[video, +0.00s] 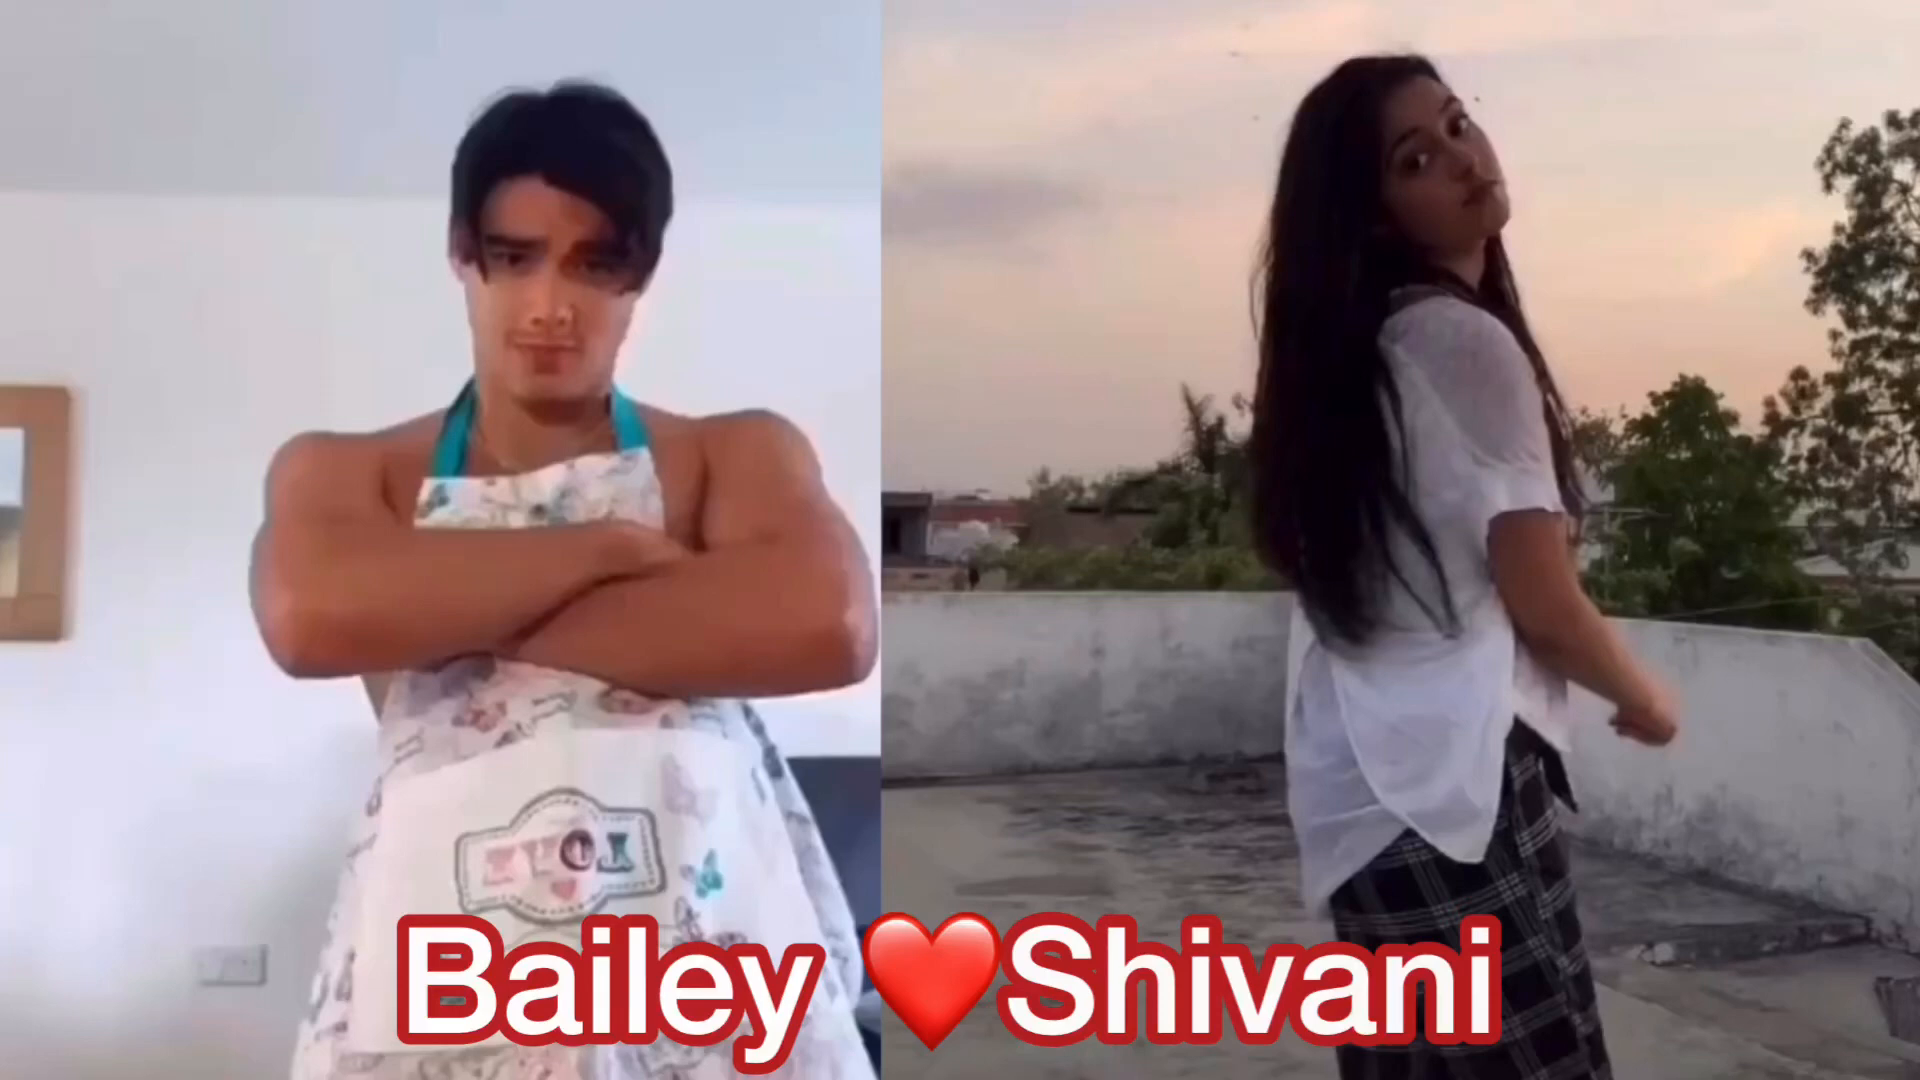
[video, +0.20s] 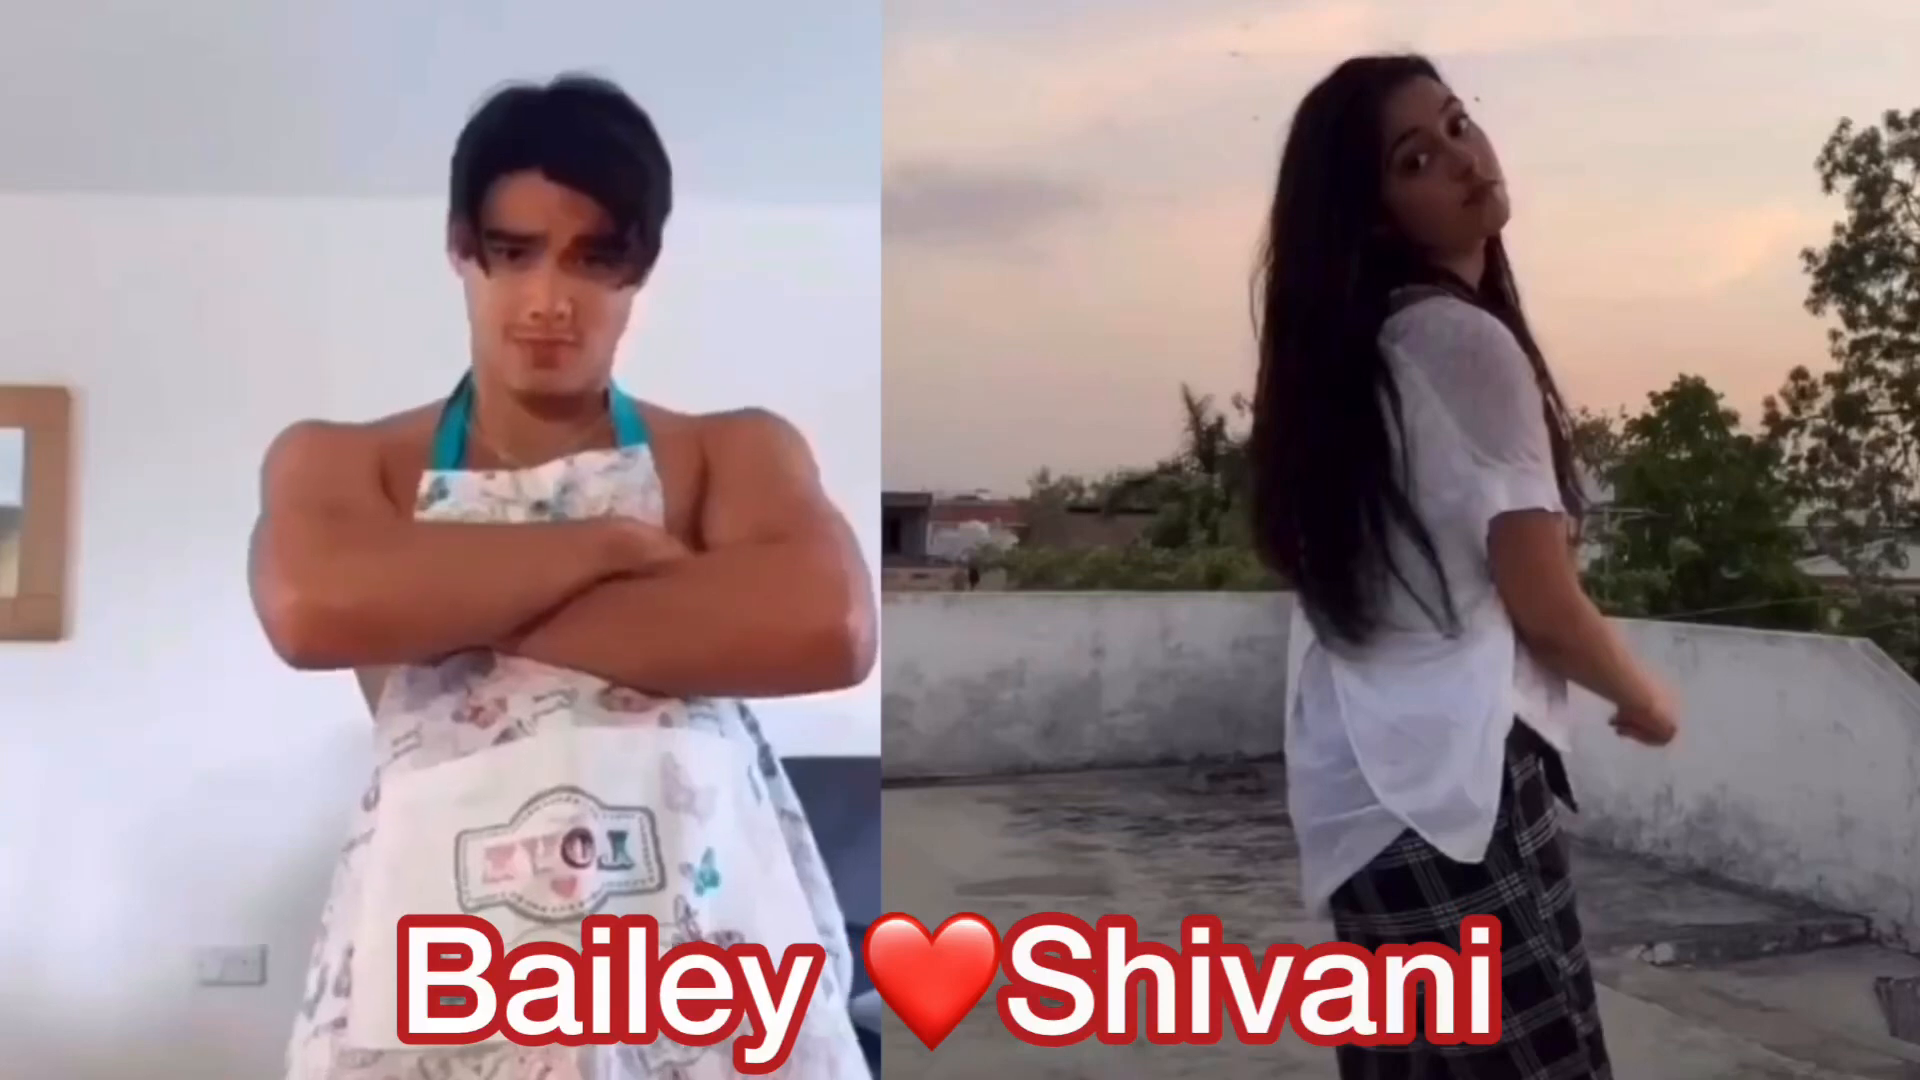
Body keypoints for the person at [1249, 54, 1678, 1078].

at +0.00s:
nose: (1467, 158)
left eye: (1459, 125)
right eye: (1418, 158)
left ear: (1480, 129)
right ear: (1371, 210)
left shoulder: (1353, 333)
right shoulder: (1464, 339)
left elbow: (1393, 566)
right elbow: (1545, 604)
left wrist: (1546, 666)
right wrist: (1643, 697)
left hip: (1363, 784)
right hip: (1451, 790)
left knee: (1397, 1056)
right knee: (1544, 1056)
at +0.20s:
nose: (1467, 158)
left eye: (1459, 125)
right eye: (1418, 158)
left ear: (1480, 129)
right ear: (1370, 209)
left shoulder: (1352, 333)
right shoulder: (1464, 339)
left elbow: (1393, 566)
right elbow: (1545, 604)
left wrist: (1546, 666)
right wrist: (1643, 697)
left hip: (1362, 784)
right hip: (1451, 790)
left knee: (1397, 1056)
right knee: (1544, 1056)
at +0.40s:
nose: (1467, 158)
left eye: (1459, 125)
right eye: (1418, 158)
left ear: (1480, 129)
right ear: (1371, 210)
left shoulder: (1352, 333)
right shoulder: (1464, 339)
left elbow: (1392, 566)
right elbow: (1545, 603)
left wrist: (1545, 666)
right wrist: (1643, 697)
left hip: (1361, 784)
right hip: (1451, 790)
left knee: (1396, 1056)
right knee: (1544, 1055)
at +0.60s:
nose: (1467, 158)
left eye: (1459, 125)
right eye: (1418, 158)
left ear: (1480, 129)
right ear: (1371, 210)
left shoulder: (1352, 333)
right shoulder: (1464, 339)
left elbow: (1392, 566)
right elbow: (1544, 603)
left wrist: (1545, 666)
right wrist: (1643, 698)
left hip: (1361, 784)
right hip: (1451, 790)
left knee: (1396, 1056)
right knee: (1544, 1055)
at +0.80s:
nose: (1467, 158)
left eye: (1460, 125)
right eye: (1418, 158)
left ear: (1480, 128)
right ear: (1370, 210)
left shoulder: (1352, 333)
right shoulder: (1464, 339)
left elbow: (1393, 566)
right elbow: (1544, 602)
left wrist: (1548, 667)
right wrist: (1643, 697)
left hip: (1361, 784)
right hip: (1450, 789)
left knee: (1397, 1056)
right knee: (1544, 1056)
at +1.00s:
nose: (1467, 158)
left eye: (1459, 125)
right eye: (1418, 158)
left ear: (1480, 128)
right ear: (1370, 209)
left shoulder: (1352, 333)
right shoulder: (1464, 339)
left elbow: (1393, 567)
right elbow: (1545, 604)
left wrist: (1546, 666)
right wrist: (1643, 697)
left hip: (1362, 784)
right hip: (1451, 790)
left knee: (1397, 1056)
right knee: (1544, 1056)